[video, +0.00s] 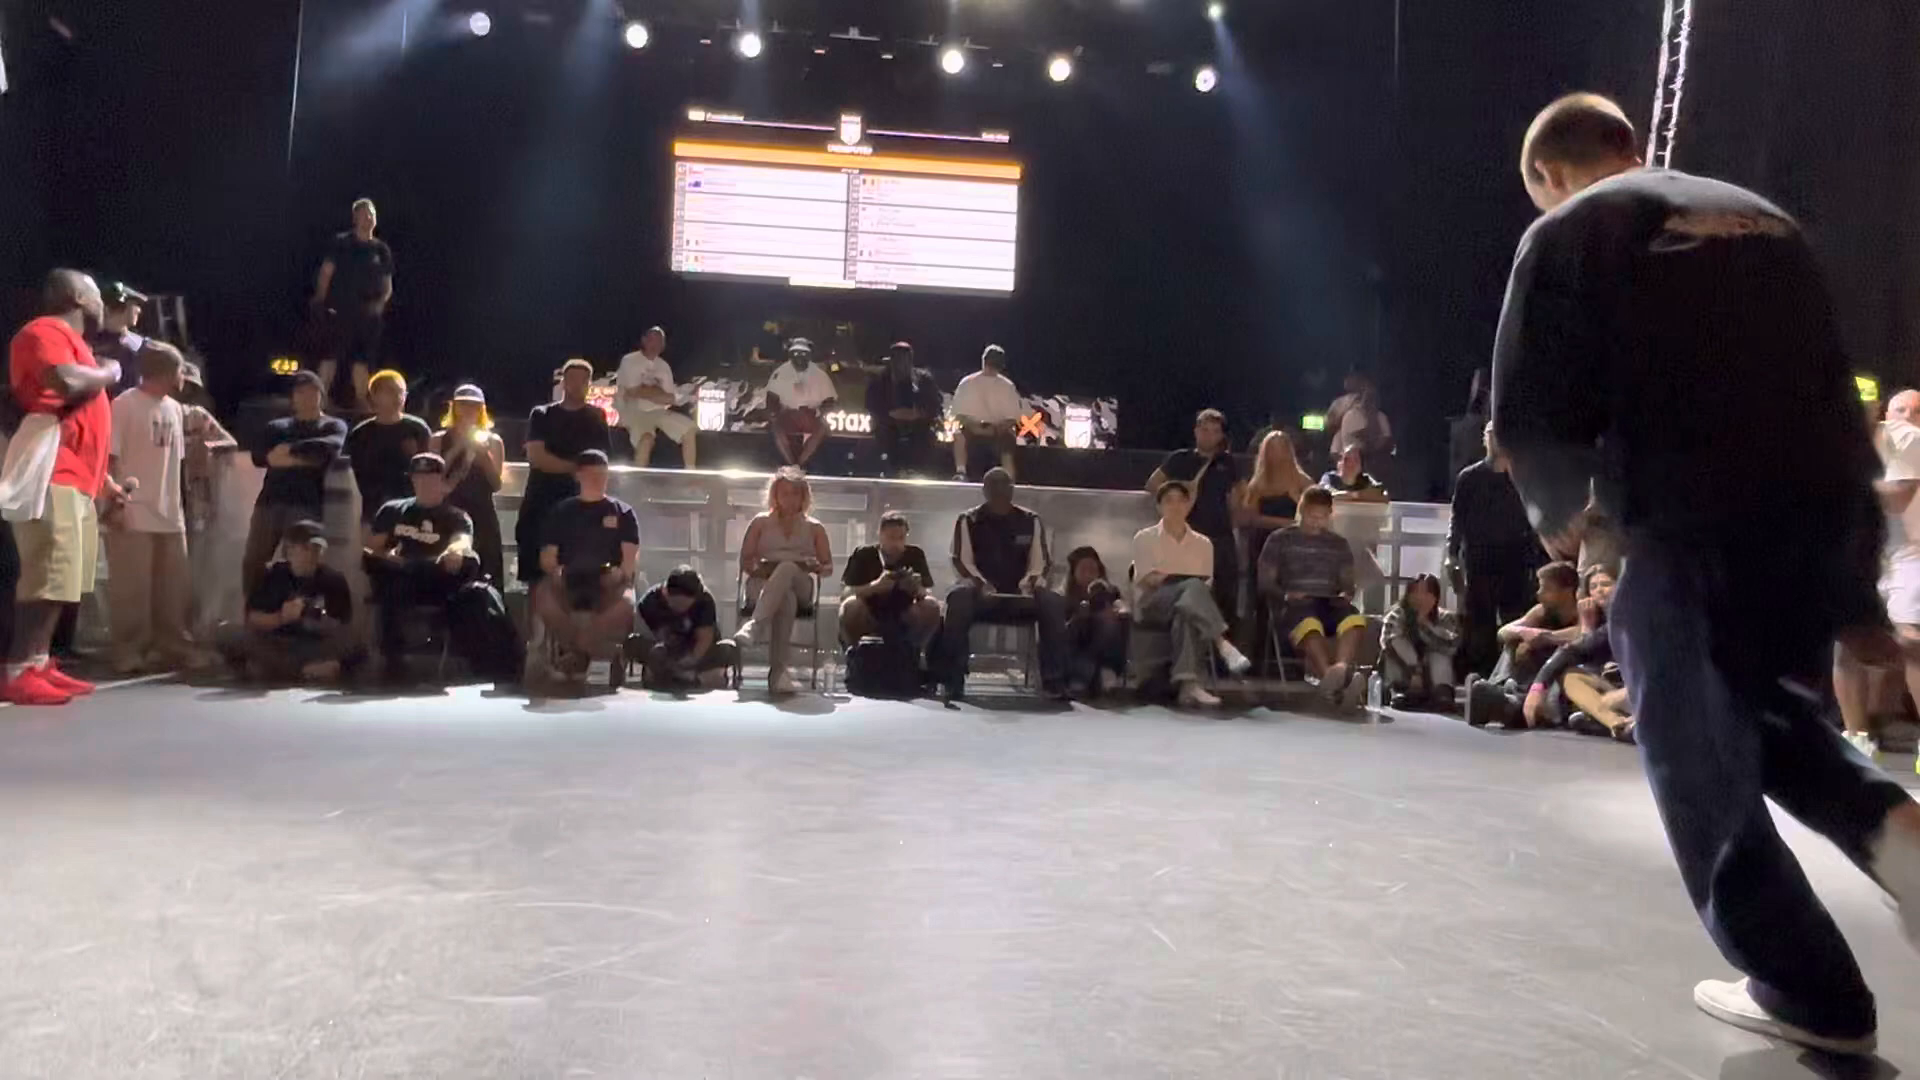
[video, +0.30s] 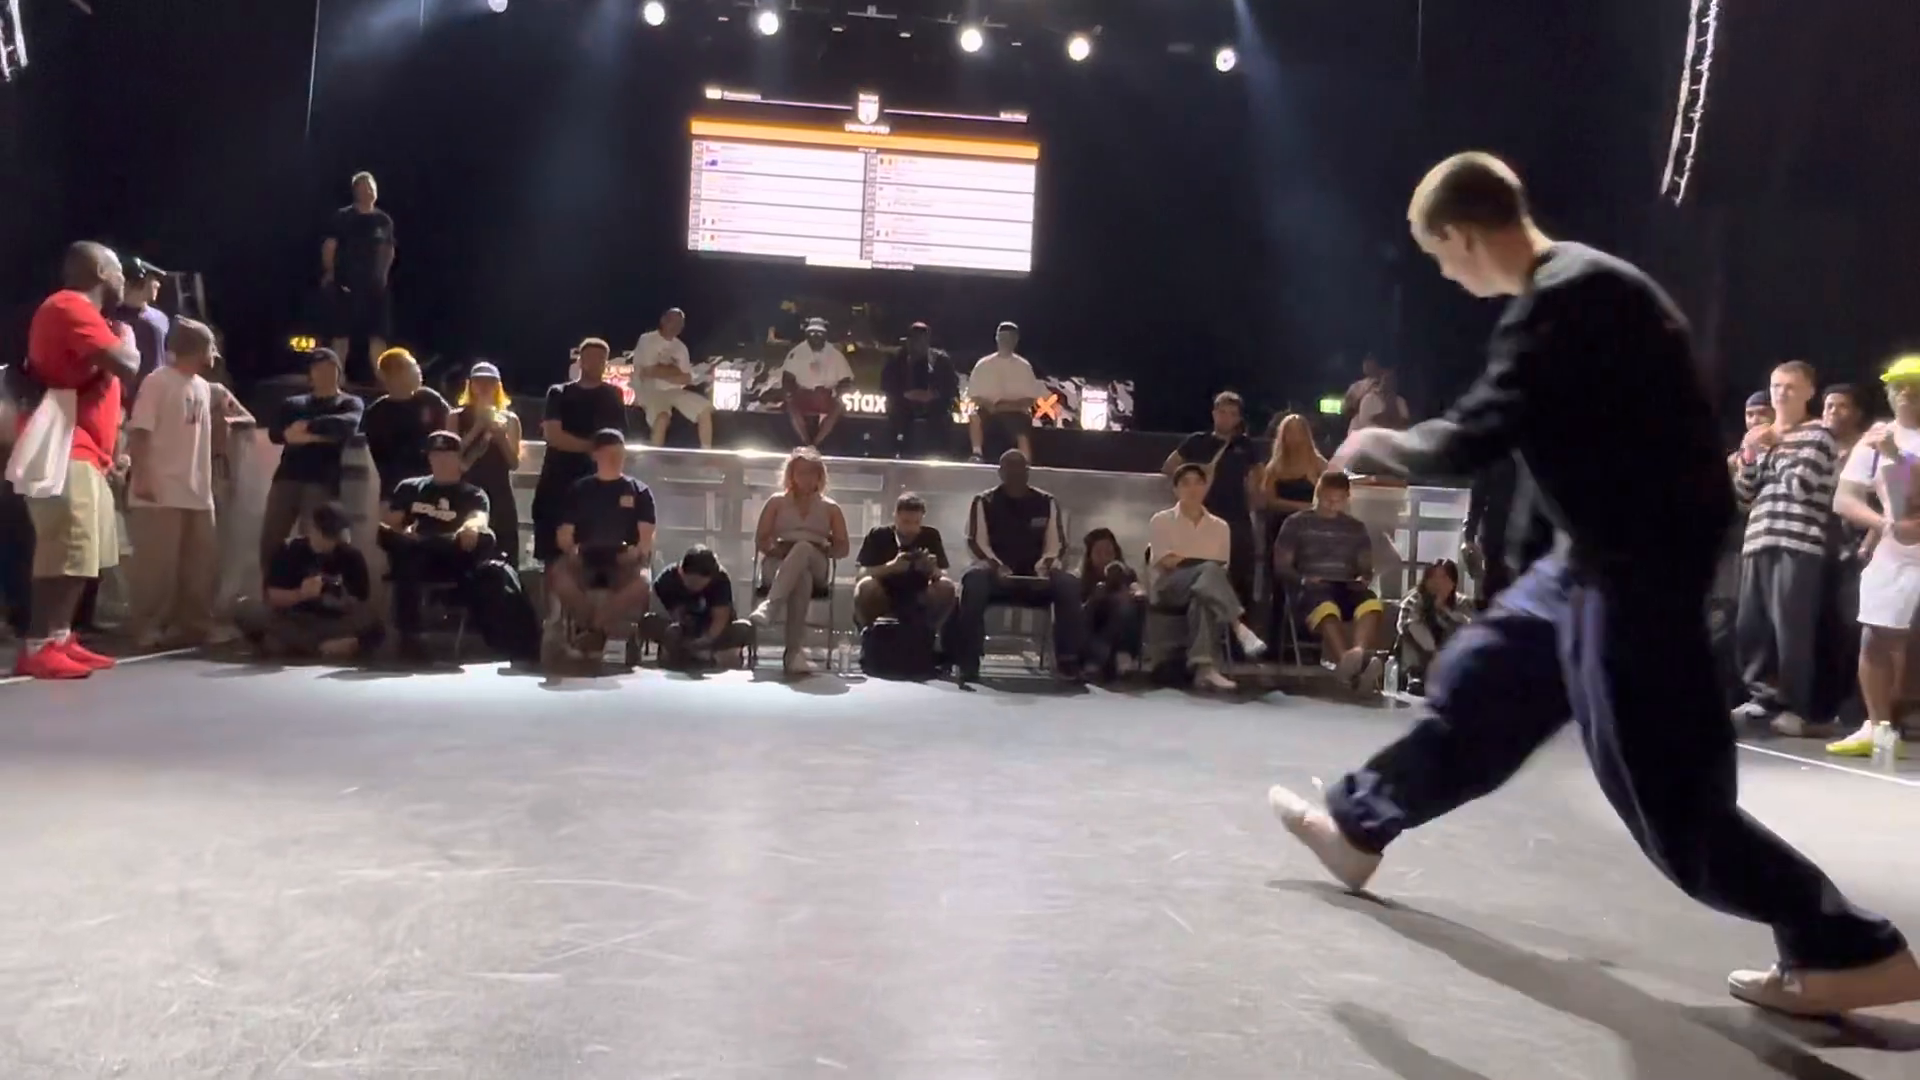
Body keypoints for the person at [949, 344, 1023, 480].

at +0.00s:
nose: (991, 367)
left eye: (995, 363)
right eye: (989, 362)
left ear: (1001, 365)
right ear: (984, 361)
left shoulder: (1007, 386)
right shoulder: (967, 383)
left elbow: (1014, 416)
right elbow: (957, 412)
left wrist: (999, 427)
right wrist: (975, 424)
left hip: (998, 429)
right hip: (974, 427)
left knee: (1008, 439)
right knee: (959, 436)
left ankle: (1008, 481)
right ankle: (960, 472)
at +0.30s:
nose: (1005, 340)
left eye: (1009, 337)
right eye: (1002, 336)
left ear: (1016, 340)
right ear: (997, 339)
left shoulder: (1023, 366)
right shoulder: (983, 364)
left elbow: (1031, 399)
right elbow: (973, 395)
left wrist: (1006, 404)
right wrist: (986, 405)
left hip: (1015, 413)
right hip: (989, 411)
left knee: (1022, 427)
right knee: (974, 416)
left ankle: (1025, 467)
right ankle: (977, 454)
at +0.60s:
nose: (1020, 328)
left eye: (1024, 324)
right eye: (1016, 324)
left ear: (1030, 327)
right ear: (1011, 327)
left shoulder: (1039, 352)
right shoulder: (999, 353)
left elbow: (1054, 378)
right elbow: (988, 382)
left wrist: (1034, 377)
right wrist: (999, 392)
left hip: (1032, 398)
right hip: (1007, 397)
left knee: (1036, 417)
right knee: (991, 406)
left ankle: (1041, 453)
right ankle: (992, 442)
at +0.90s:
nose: (1036, 318)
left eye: (1040, 314)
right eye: (1032, 314)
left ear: (1046, 318)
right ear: (1026, 317)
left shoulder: (1052, 341)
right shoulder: (1014, 343)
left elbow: (1066, 355)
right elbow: (1002, 373)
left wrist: (1051, 339)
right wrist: (1014, 383)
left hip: (1047, 390)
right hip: (1022, 388)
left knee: (1052, 413)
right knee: (1005, 396)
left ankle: (1055, 448)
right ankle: (1006, 433)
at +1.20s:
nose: (1045, 313)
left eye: (1049, 309)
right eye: (1042, 309)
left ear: (1056, 313)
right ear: (1037, 312)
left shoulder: (1063, 335)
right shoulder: (1024, 338)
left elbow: (1076, 349)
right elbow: (1012, 367)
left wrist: (1059, 330)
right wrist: (1025, 380)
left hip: (1057, 387)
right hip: (1031, 387)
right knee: (1014, 391)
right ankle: (1016, 427)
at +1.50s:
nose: (1048, 314)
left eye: (1052, 310)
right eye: (1045, 309)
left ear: (1061, 311)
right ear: (1041, 311)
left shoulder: (1068, 333)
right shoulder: (1030, 337)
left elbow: (1084, 346)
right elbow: (1018, 366)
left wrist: (1069, 333)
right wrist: (1030, 376)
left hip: (1065, 388)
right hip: (1039, 390)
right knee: (1019, 387)